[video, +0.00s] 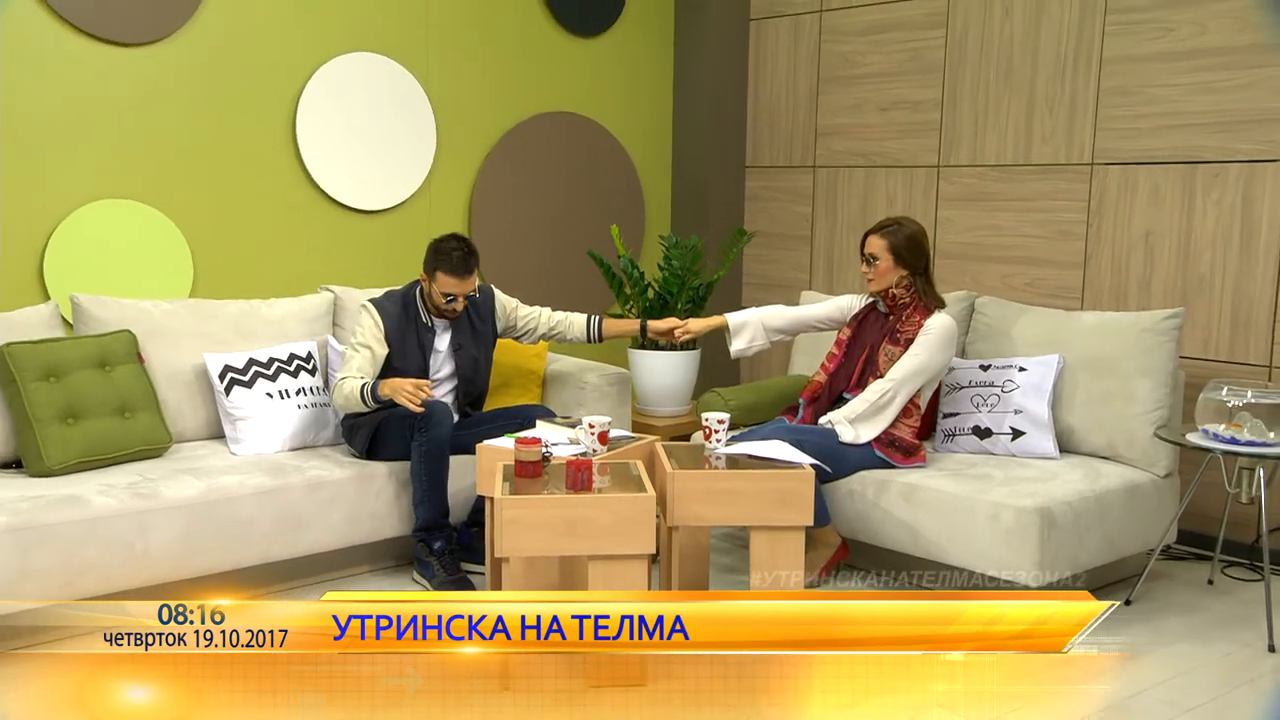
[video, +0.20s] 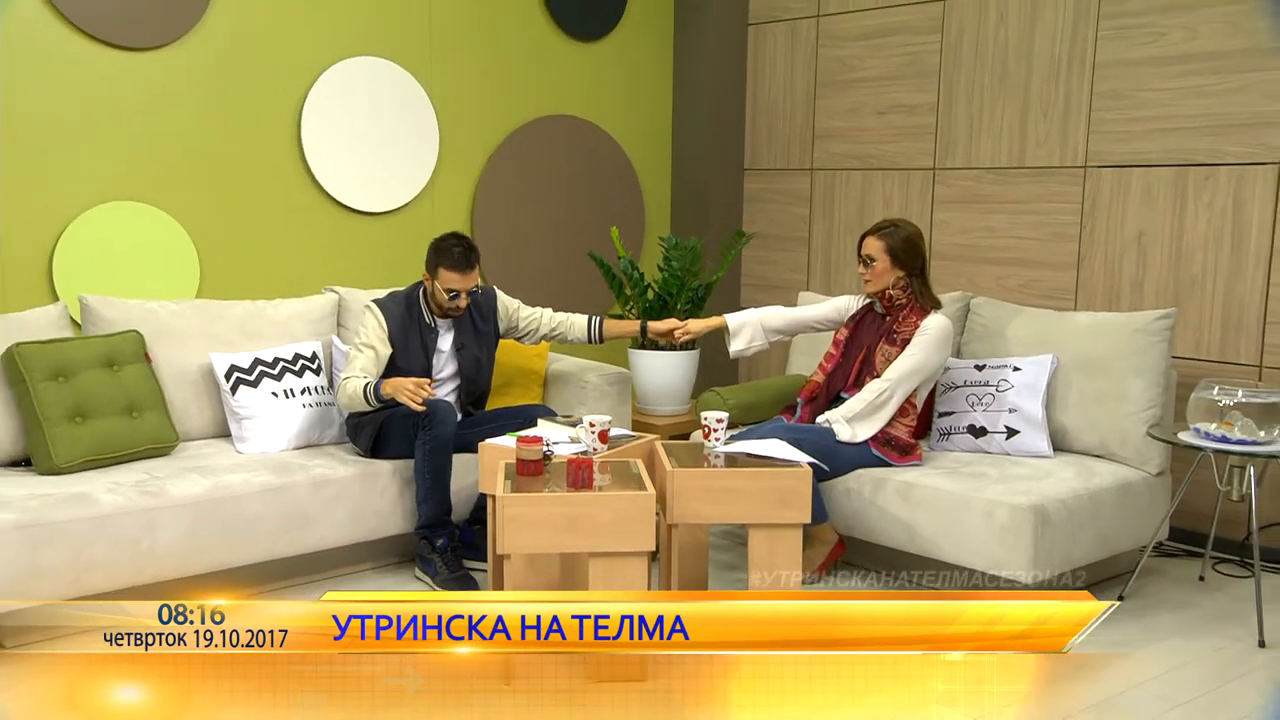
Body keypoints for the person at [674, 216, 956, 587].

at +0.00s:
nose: (863, 269)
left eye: (873, 261)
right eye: (864, 260)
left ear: (905, 266)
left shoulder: (938, 326)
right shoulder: (863, 306)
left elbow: (892, 387)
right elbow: (792, 317)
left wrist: (826, 427)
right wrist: (714, 322)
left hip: (884, 439)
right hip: (835, 420)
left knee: (778, 445)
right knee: (742, 444)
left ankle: (826, 542)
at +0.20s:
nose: (861, 271)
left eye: (870, 262)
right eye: (861, 261)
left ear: (902, 267)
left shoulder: (934, 327)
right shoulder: (860, 307)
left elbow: (889, 387)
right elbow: (790, 318)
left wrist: (826, 424)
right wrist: (713, 322)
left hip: (881, 439)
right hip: (833, 420)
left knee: (779, 442)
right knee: (742, 443)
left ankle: (822, 538)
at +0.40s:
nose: (859, 271)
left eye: (868, 263)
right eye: (859, 262)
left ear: (899, 267)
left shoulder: (930, 327)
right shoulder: (856, 308)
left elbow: (885, 387)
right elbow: (787, 318)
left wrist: (822, 423)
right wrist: (711, 323)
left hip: (878, 439)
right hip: (828, 419)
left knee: (777, 437)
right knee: (741, 441)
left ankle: (820, 535)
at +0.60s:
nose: (862, 270)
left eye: (872, 261)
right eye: (860, 261)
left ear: (902, 267)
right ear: (857, 264)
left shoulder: (926, 326)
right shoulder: (852, 307)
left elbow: (883, 384)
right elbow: (784, 317)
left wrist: (821, 421)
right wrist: (710, 321)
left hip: (873, 433)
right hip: (825, 416)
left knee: (775, 439)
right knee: (738, 439)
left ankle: (817, 530)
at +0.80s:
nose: (862, 270)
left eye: (874, 261)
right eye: (859, 261)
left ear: (901, 267)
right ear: (855, 264)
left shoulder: (922, 326)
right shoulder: (849, 307)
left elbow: (879, 383)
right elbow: (782, 317)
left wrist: (819, 418)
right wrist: (709, 320)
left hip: (870, 431)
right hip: (821, 414)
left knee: (773, 437)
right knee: (736, 437)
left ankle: (814, 527)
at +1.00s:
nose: (859, 269)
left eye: (871, 261)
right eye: (856, 261)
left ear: (898, 267)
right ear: (852, 264)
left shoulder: (917, 324)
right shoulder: (845, 306)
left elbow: (875, 381)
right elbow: (779, 316)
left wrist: (815, 417)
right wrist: (707, 320)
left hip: (867, 429)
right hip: (820, 412)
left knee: (770, 434)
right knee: (735, 435)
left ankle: (812, 523)